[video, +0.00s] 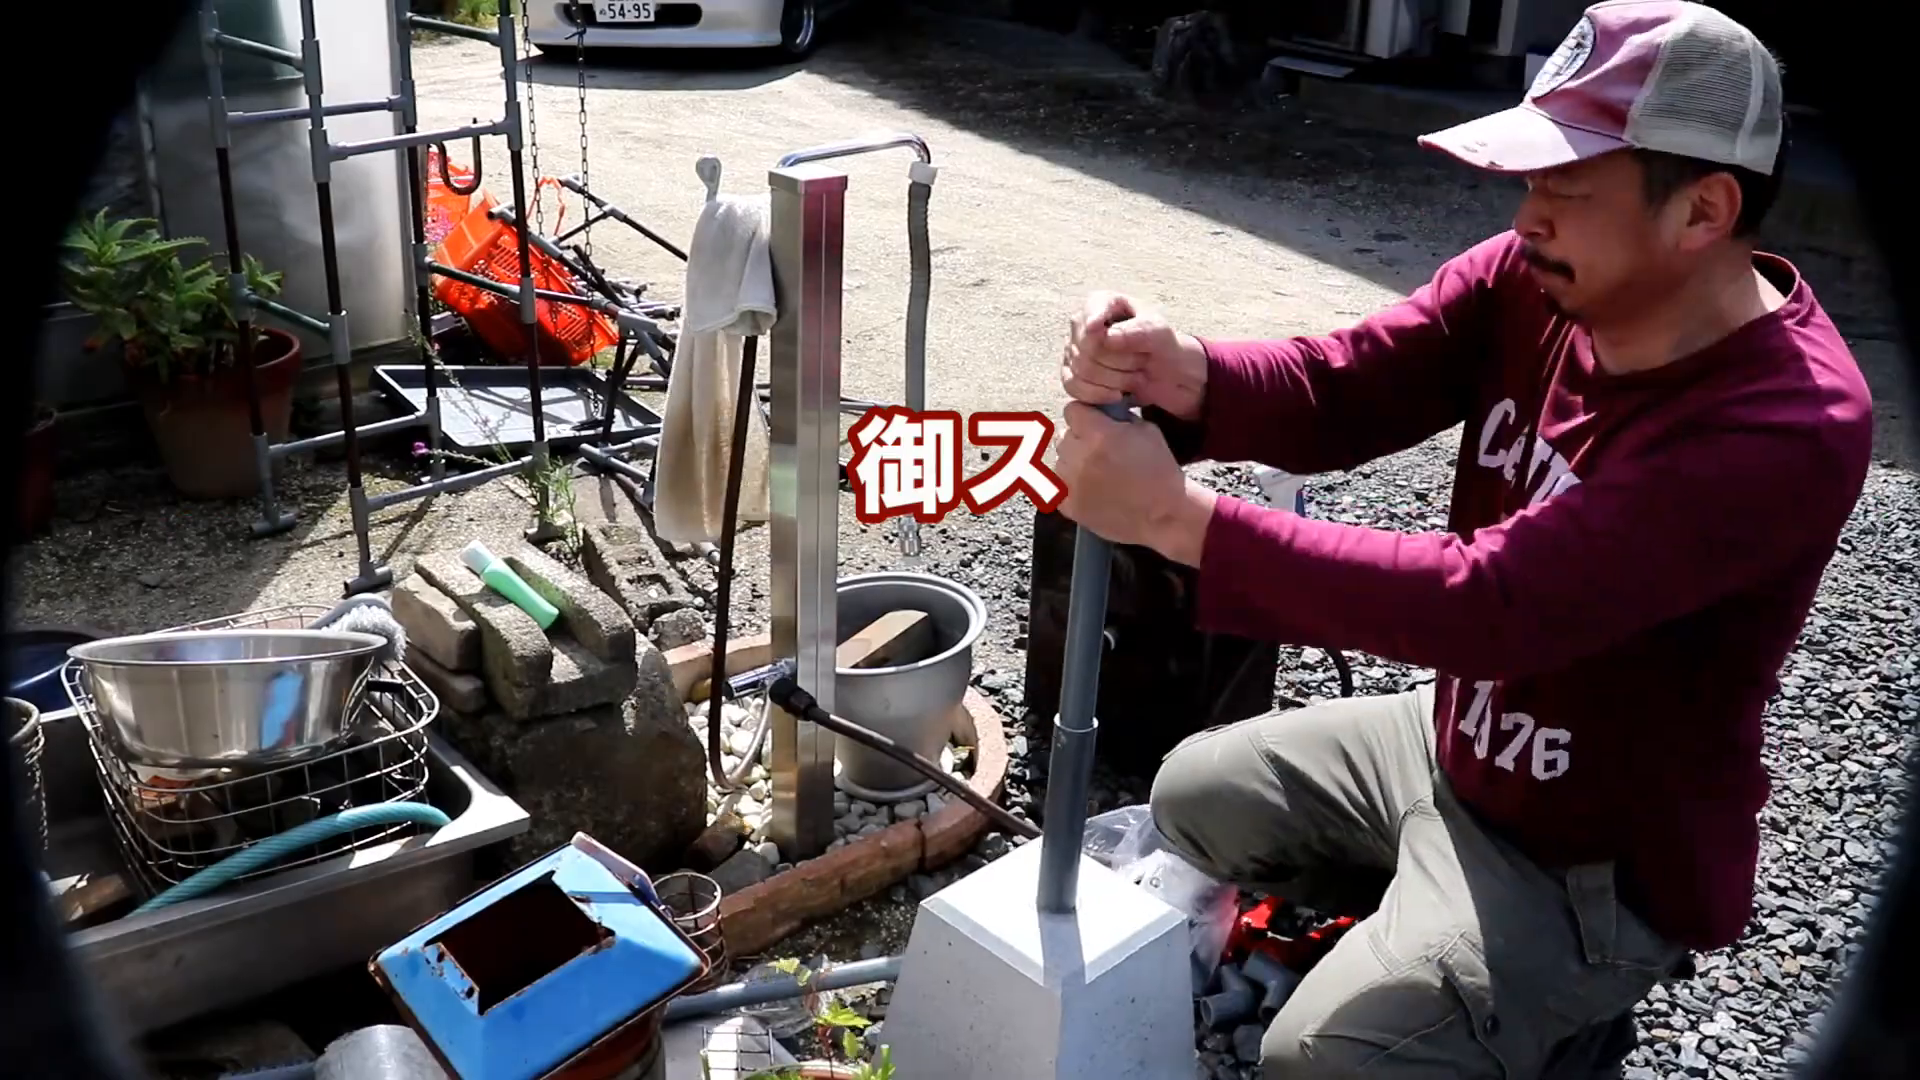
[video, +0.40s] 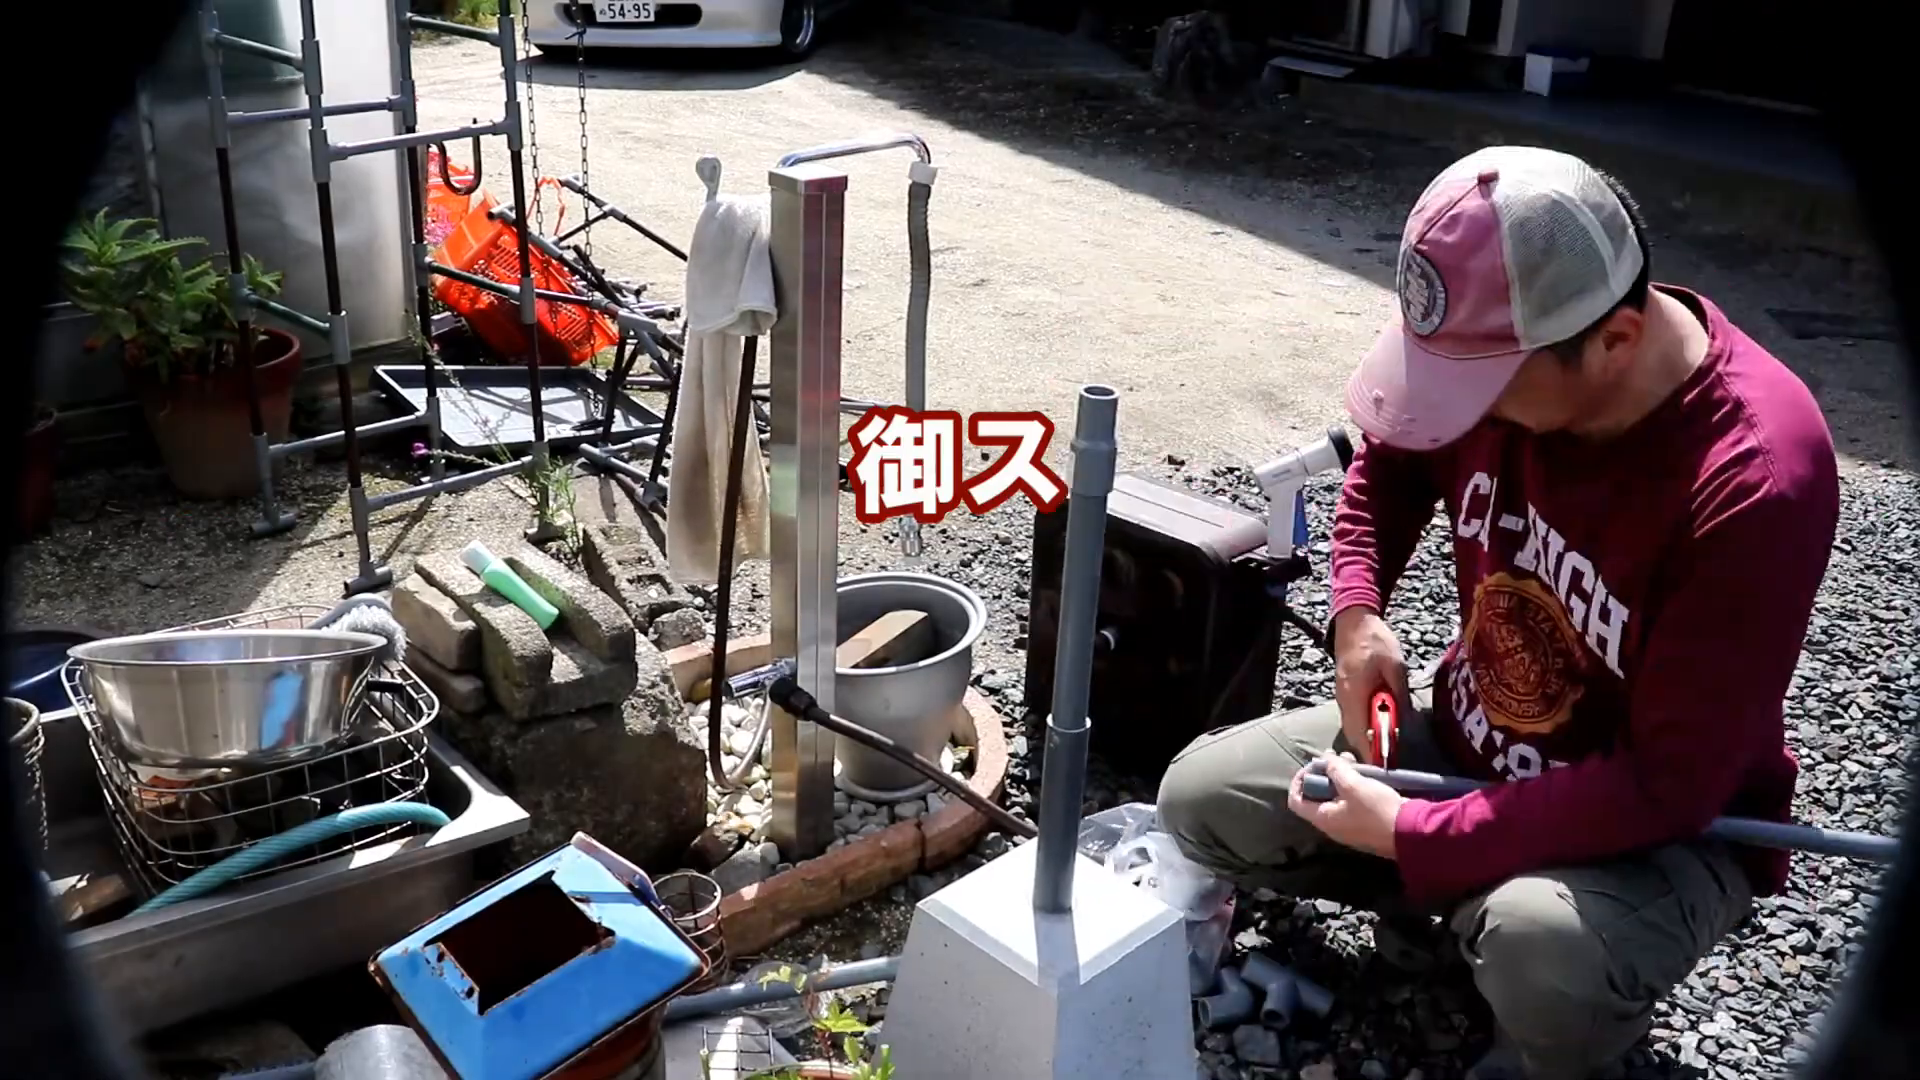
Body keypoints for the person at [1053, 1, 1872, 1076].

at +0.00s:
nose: (1529, 212)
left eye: (1569, 187)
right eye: (1532, 178)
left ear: (1707, 210)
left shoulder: (1791, 422)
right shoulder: (1538, 275)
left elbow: (1486, 605)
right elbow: (1344, 387)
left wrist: (1177, 519)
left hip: (1574, 862)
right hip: (1453, 732)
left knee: (1315, 1055)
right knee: (1200, 794)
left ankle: (1572, 1026)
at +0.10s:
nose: (1568, 184)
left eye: (1608, 151)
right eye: (1578, 148)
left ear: (1744, 194)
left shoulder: (1814, 424)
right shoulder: (1603, 295)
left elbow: (1502, 600)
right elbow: (1418, 408)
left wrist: (1176, 521)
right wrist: (1253, 351)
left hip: (1572, 880)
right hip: (1462, 736)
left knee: (1308, 1068)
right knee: (1203, 799)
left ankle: (1565, 1024)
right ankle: (1412, 900)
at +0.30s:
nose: (1425, 290)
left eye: (1446, 257)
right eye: (1413, 260)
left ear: (1567, 212)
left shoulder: (1734, 392)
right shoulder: (1482, 332)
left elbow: (1788, 698)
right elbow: (1432, 534)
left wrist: (1501, 765)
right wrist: (1395, 685)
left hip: (1632, 833)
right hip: (1467, 746)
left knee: (1424, 1021)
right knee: (1205, 801)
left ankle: (1600, 1007)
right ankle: (1451, 881)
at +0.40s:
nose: (1473, 408)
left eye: (1496, 384)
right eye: (1461, 379)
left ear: (1616, 337)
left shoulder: (1760, 477)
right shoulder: (1488, 361)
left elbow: (1672, 785)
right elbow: (1391, 460)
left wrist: (1413, 836)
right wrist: (1356, 611)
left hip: (1664, 809)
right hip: (1474, 732)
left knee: (1534, 945)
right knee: (1204, 797)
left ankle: (1572, 1061)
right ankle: (1441, 909)